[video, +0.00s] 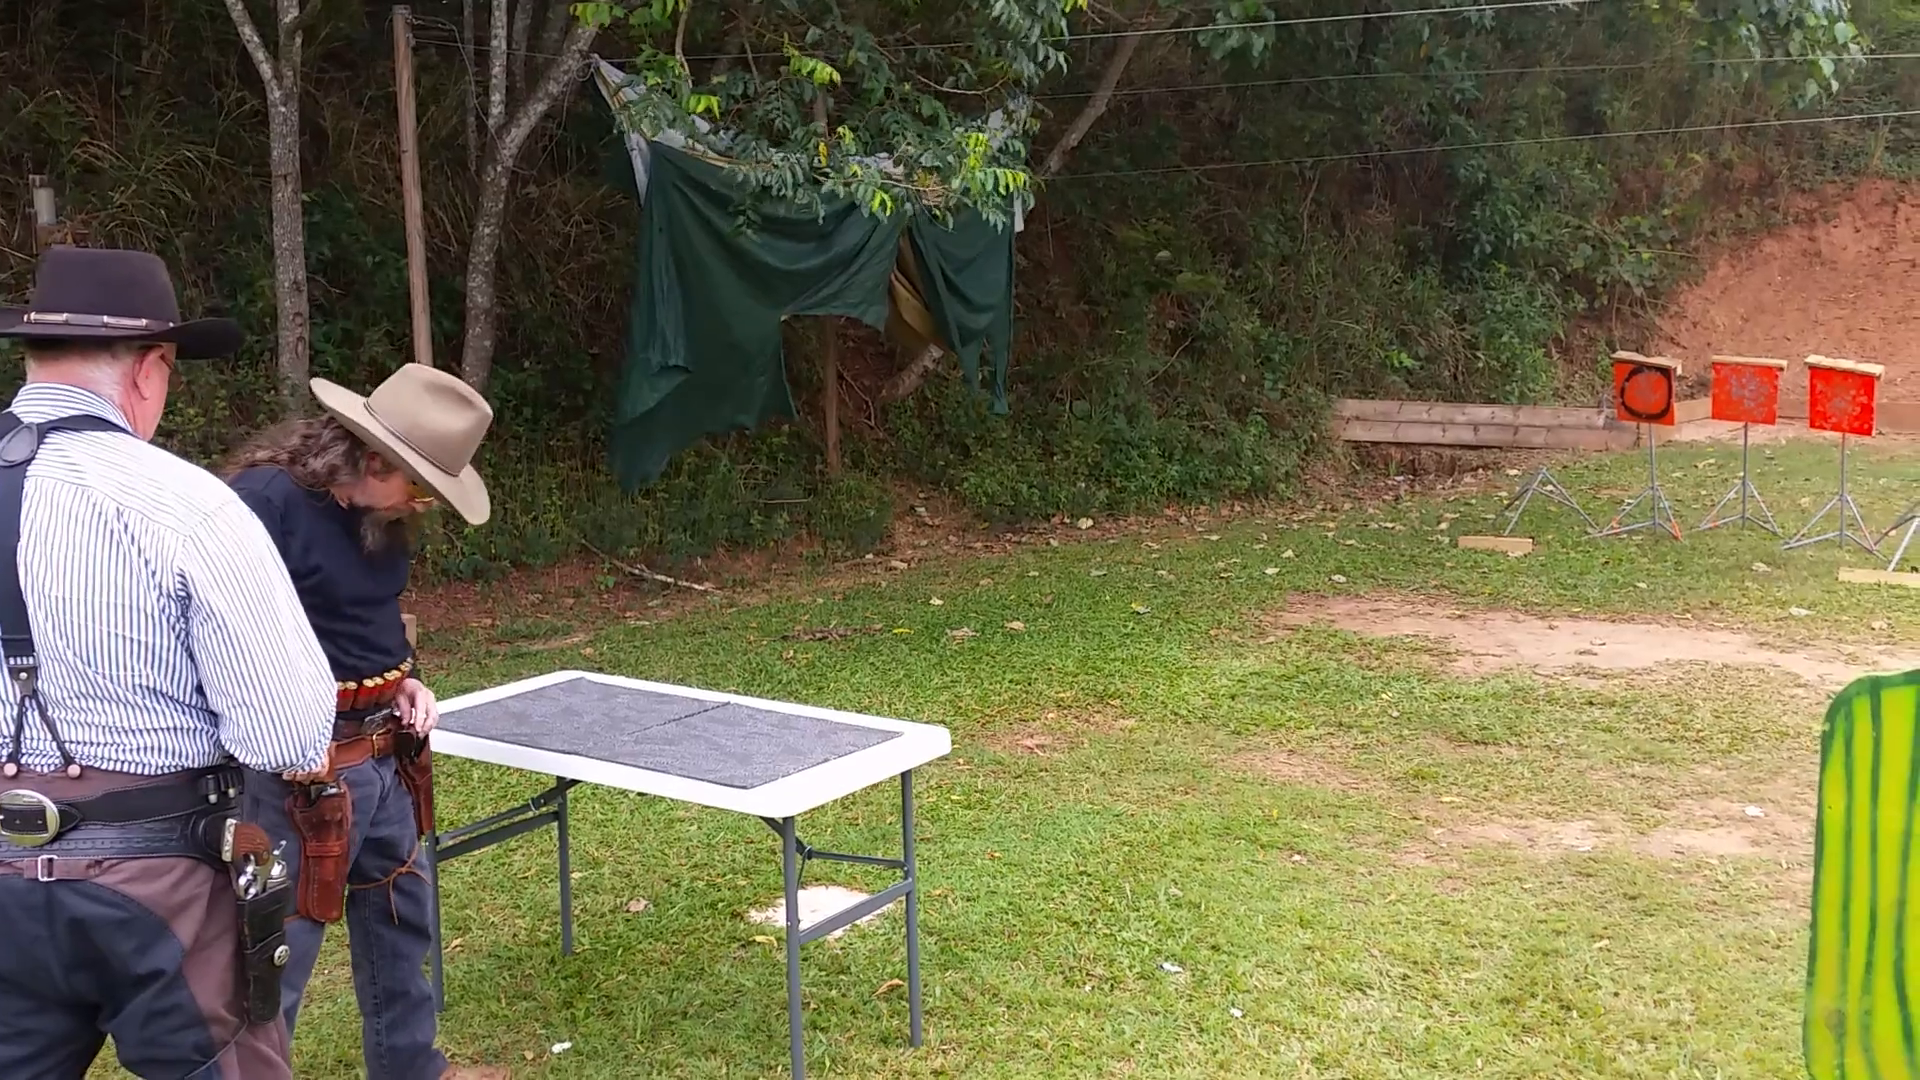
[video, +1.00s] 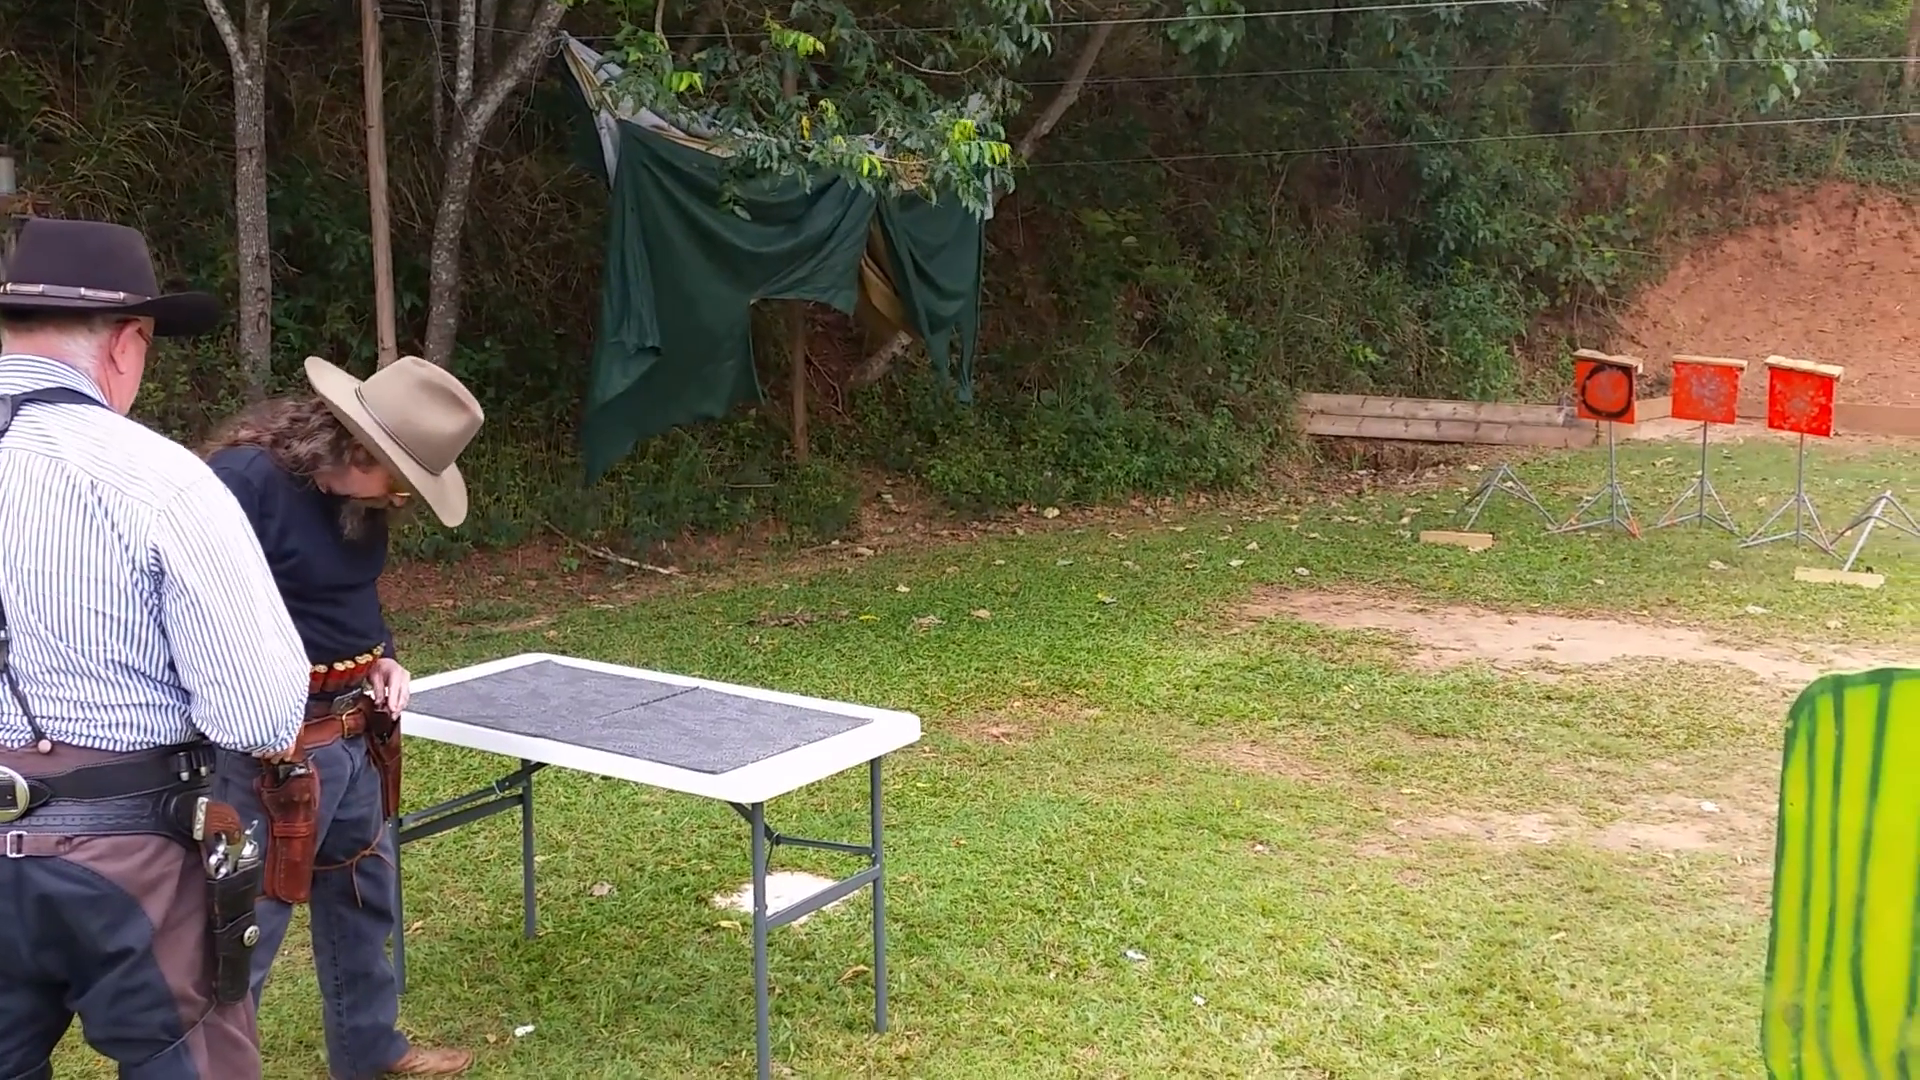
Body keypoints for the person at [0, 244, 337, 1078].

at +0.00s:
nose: (165, 398)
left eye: (171, 377)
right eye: (169, 375)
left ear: (36, 361)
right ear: (145, 374)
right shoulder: (182, 500)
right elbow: (287, 732)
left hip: (6, 857)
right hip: (155, 864)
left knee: (23, 1062)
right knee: (227, 1061)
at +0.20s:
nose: (165, 389)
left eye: (170, 368)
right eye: (169, 367)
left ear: (35, 355)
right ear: (142, 368)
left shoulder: (1, 462)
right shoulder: (180, 494)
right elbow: (285, 727)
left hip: (4, 851)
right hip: (151, 857)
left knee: (20, 1062)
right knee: (225, 1061)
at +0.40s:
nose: (156, 388)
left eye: (161, 366)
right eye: (160, 365)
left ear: (29, 351)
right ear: (137, 365)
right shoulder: (172, 490)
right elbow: (279, 725)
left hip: (3, 842)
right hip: (141, 850)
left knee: (18, 1061)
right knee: (215, 1060)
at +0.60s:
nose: (151, 385)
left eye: (156, 363)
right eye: (155, 362)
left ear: (22, 346)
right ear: (132, 360)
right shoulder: (164, 485)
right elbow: (273, 721)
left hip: (2, 841)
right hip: (133, 848)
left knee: (16, 1062)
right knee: (208, 1060)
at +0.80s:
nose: (148, 378)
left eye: (153, 356)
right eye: (152, 355)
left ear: (16, 338)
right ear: (129, 353)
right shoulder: (159, 481)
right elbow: (269, 719)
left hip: (1, 832)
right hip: (127, 840)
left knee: (15, 1059)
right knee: (203, 1058)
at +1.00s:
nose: (142, 370)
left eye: (147, 347)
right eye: (146, 347)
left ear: (9, 333)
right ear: (120, 346)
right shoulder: (153, 474)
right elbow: (263, 714)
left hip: (1, 825)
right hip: (118, 838)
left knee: (11, 1059)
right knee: (195, 1059)